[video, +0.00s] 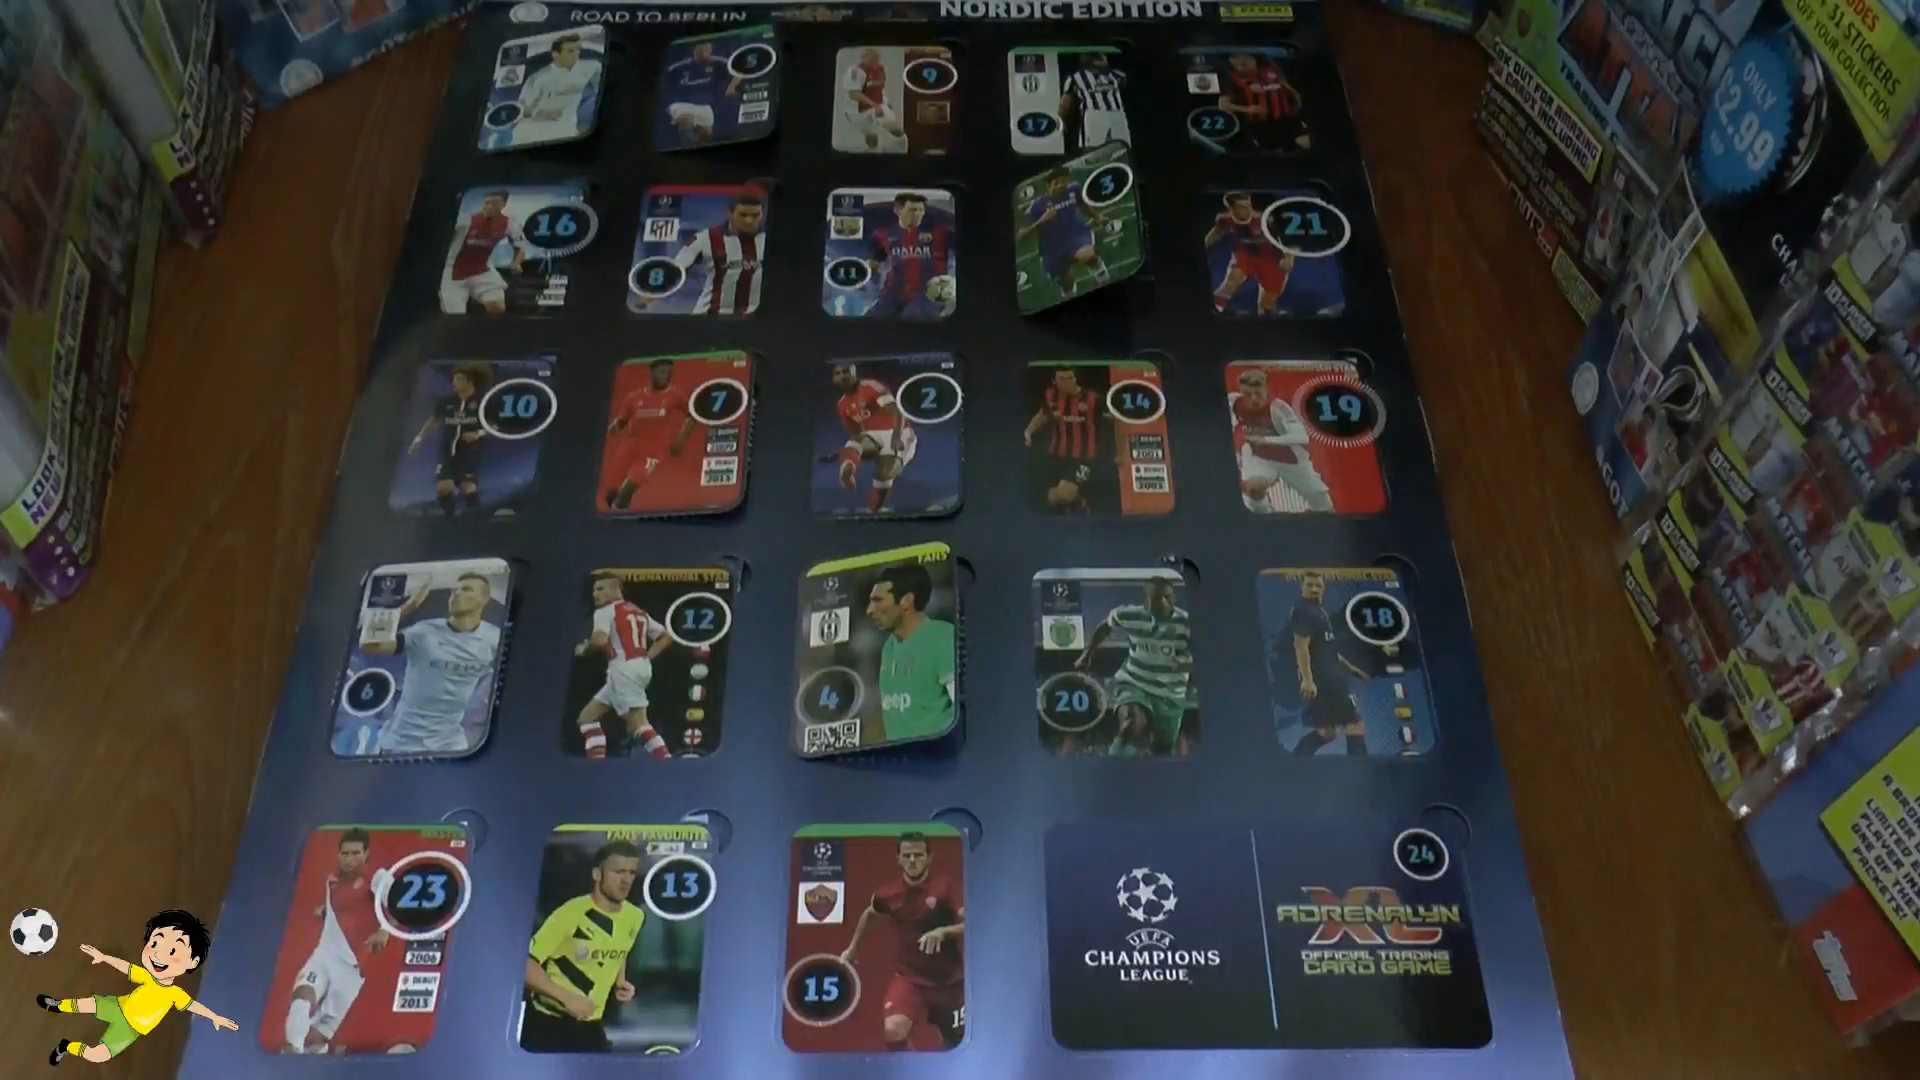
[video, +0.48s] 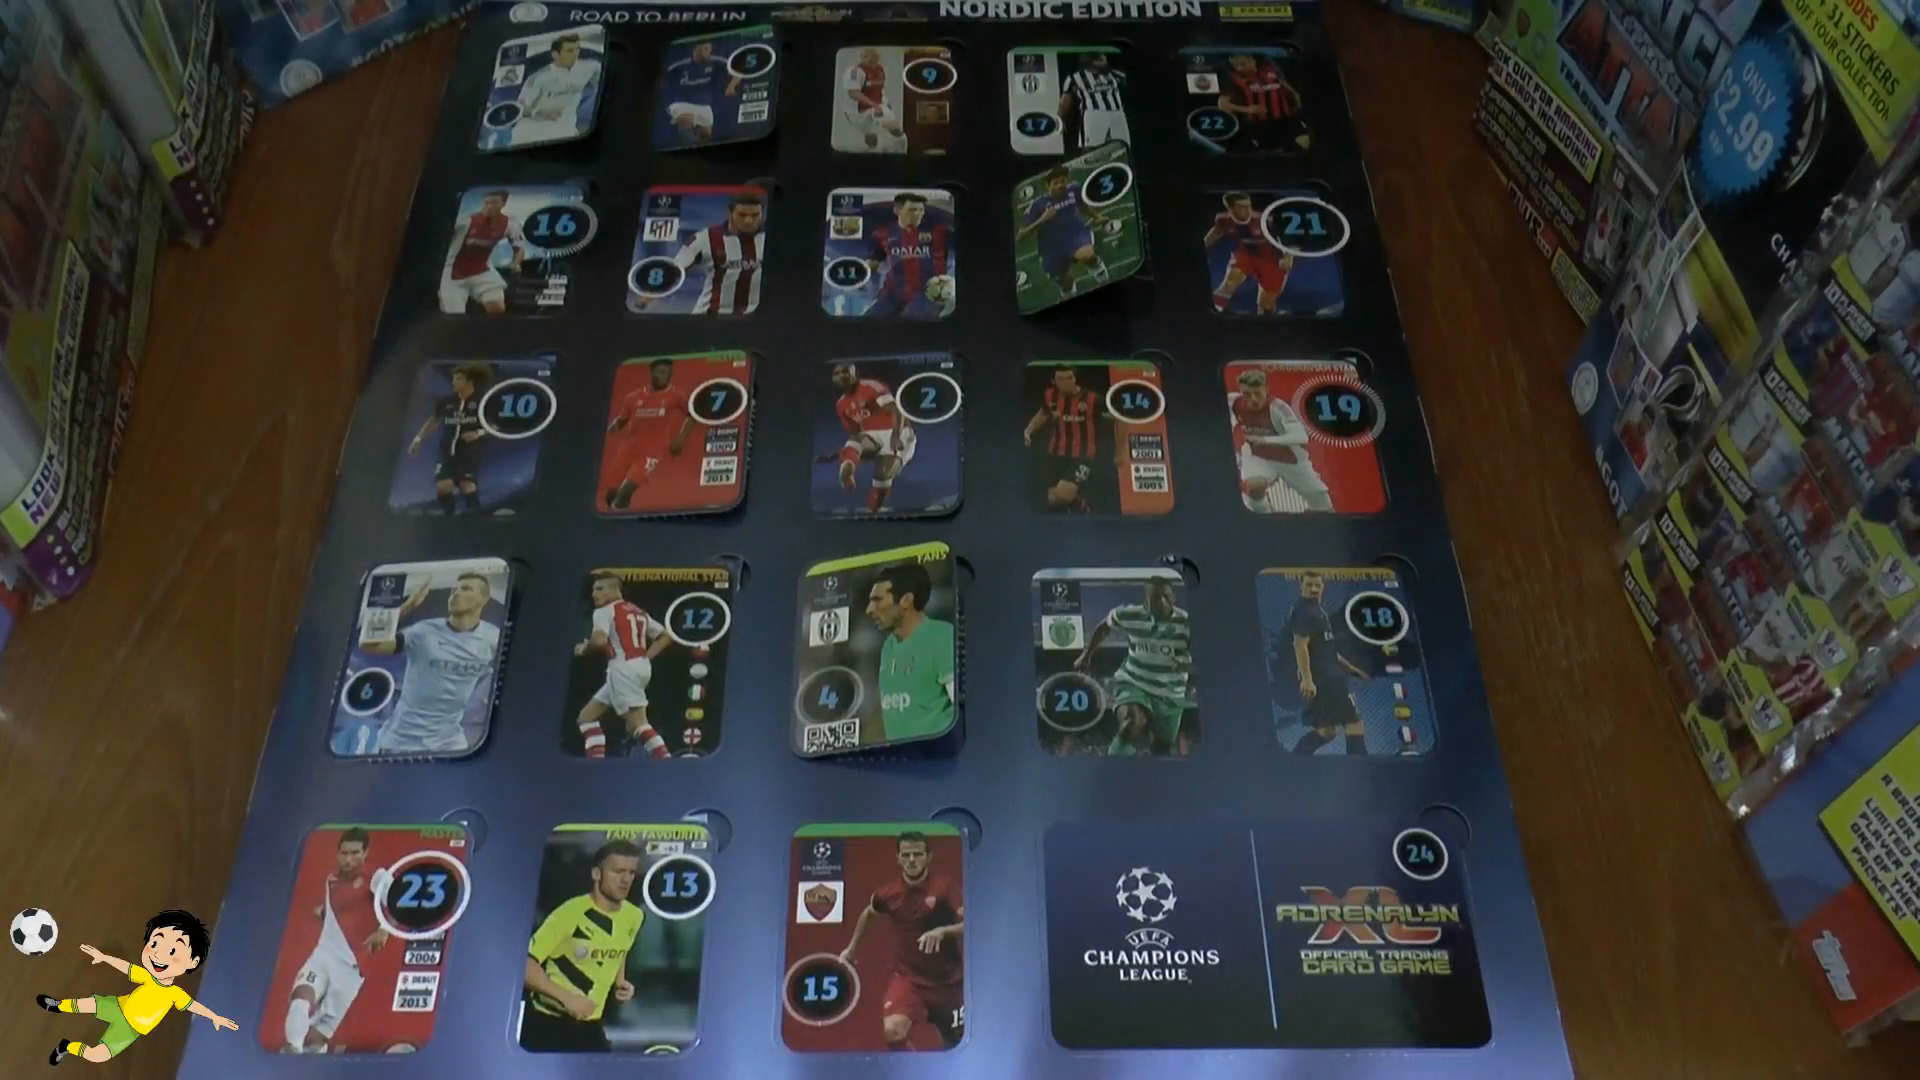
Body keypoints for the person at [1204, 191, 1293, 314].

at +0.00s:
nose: (1246, 211)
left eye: (1248, 206)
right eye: (1241, 207)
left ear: (1251, 206)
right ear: (1231, 208)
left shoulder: (1265, 220)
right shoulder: (1224, 220)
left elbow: (1286, 238)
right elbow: (1208, 243)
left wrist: (1288, 257)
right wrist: (1219, 230)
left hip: (1270, 258)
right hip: (1243, 255)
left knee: (1267, 305)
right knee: (1230, 284)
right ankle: (1213, 315)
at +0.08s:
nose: (1247, 211)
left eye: (1249, 207)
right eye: (1242, 207)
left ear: (1251, 206)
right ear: (1232, 209)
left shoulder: (1264, 220)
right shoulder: (1224, 221)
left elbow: (1286, 238)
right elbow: (1208, 243)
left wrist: (1288, 257)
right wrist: (1219, 230)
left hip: (1270, 258)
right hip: (1244, 256)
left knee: (1266, 305)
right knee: (1230, 285)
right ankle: (1212, 317)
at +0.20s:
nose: (1247, 211)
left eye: (1248, 207)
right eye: (1242, 207)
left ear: (1251, 206)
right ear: (1231, 209)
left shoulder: (1265, 220)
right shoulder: (1224, 221)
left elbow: (1286, 238)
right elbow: (1207, 243)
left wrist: (1288, 257)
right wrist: (1218, 230)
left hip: (1271, 259)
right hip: (1244, 256)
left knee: (1266, 306)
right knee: (1230, 284)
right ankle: (1214, 314)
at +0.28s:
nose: (1246, 211)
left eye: (1248, 207)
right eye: (1242, 207)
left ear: (1251, 206)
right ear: (1231, 209)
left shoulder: (1265, 220)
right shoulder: (1224, 221)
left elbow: (1286, 238)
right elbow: (1207, 243)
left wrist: (1288, 257)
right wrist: (1218, 231)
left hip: (1271, 259)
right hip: (1244, 256)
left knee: (1266, 306)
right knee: (1229, 284)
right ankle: (1213, 314)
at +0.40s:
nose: (1246, 211)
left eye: (1248, 207)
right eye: (1242, 207)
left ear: (1251, 207)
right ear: (1231, 209)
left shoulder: (1265, 220)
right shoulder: (1224, 221)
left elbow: (1287, 238)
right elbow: (1207, 243)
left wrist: (1288, 257)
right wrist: (1218, 230)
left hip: (1271, 258)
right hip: (1244, 255)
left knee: (1266, 305)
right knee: (1229, 284)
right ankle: (1213, 316)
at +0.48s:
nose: (1246, 211)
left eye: (1248, 207)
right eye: (1242, 207)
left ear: (1251, 207)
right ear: (1231, 209)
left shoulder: (1265, 220)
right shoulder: (1224, 221)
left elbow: (1286, 237)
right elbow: (1206, 243)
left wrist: (1288, 256)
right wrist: (1218, 230)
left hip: (1271, 258)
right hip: (1244, 255)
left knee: (1266, 304)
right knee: (1229, 284)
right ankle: (1212, 316)